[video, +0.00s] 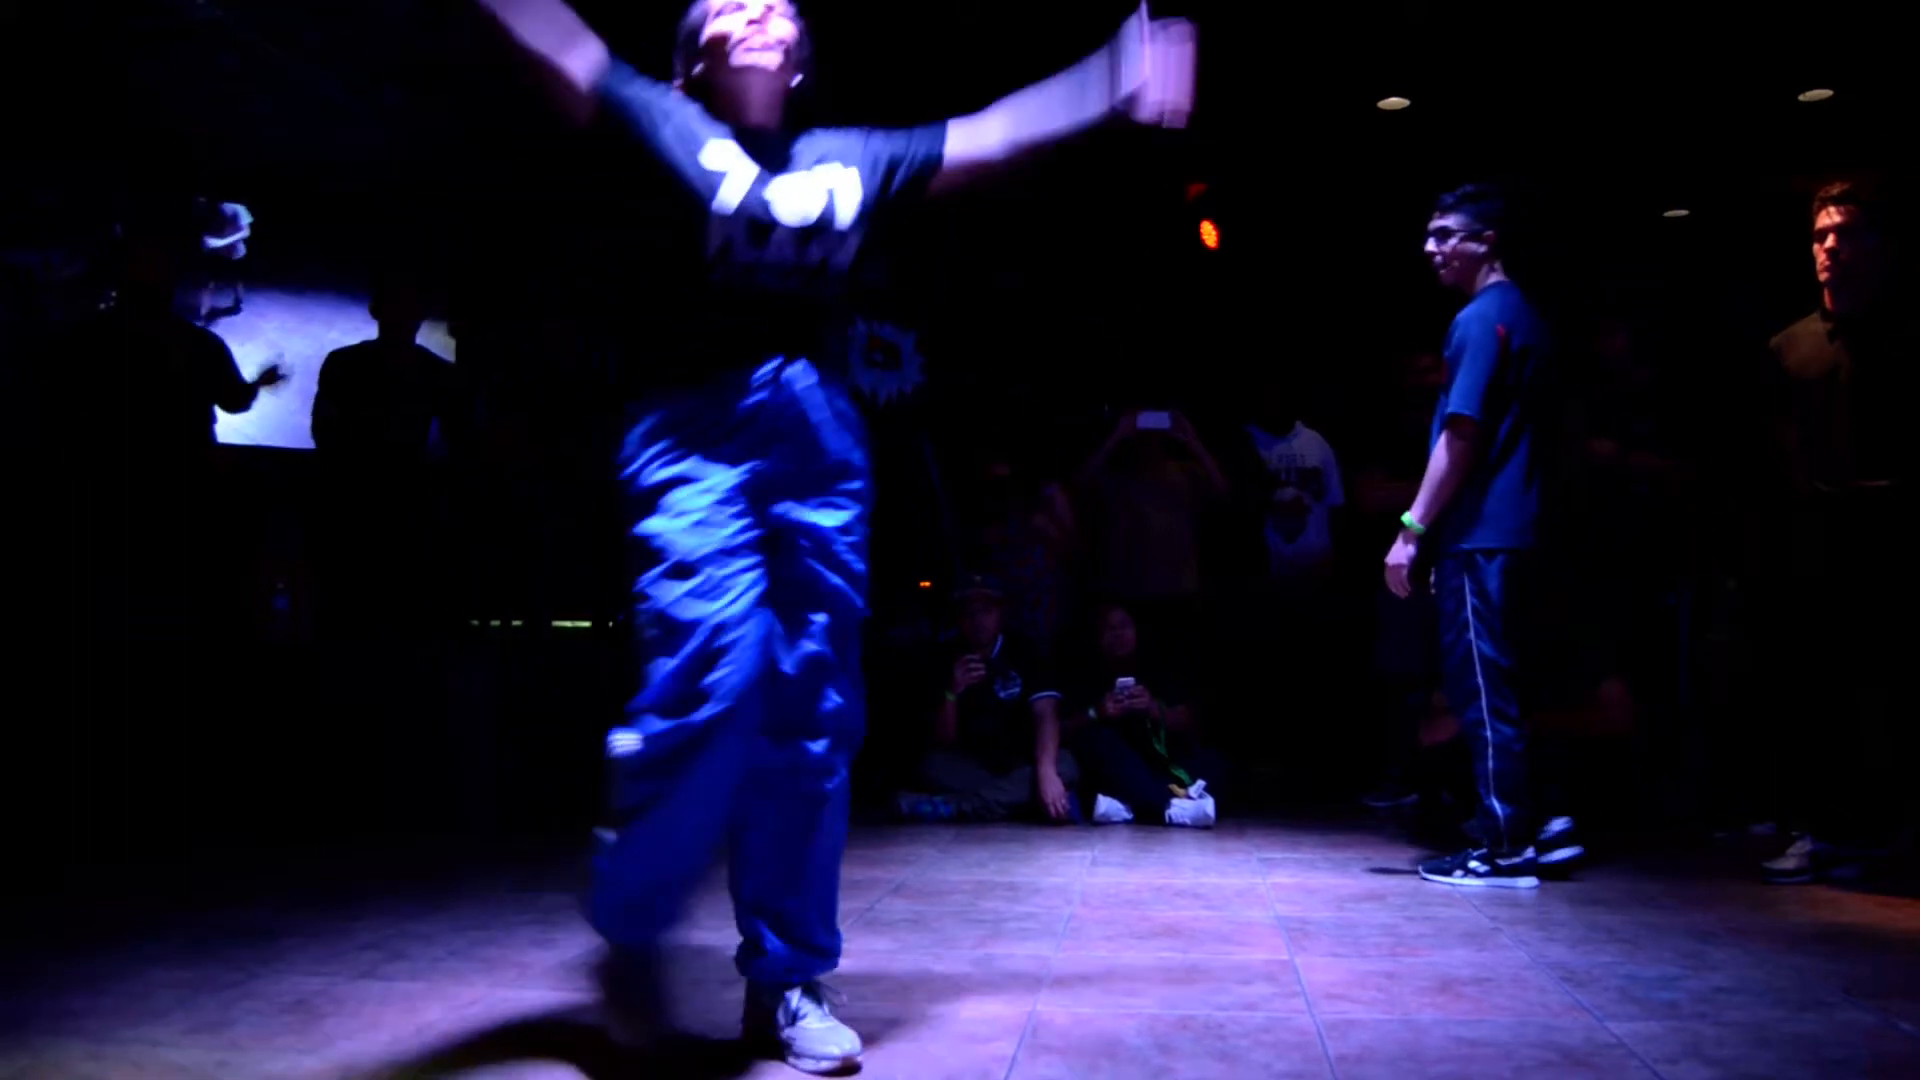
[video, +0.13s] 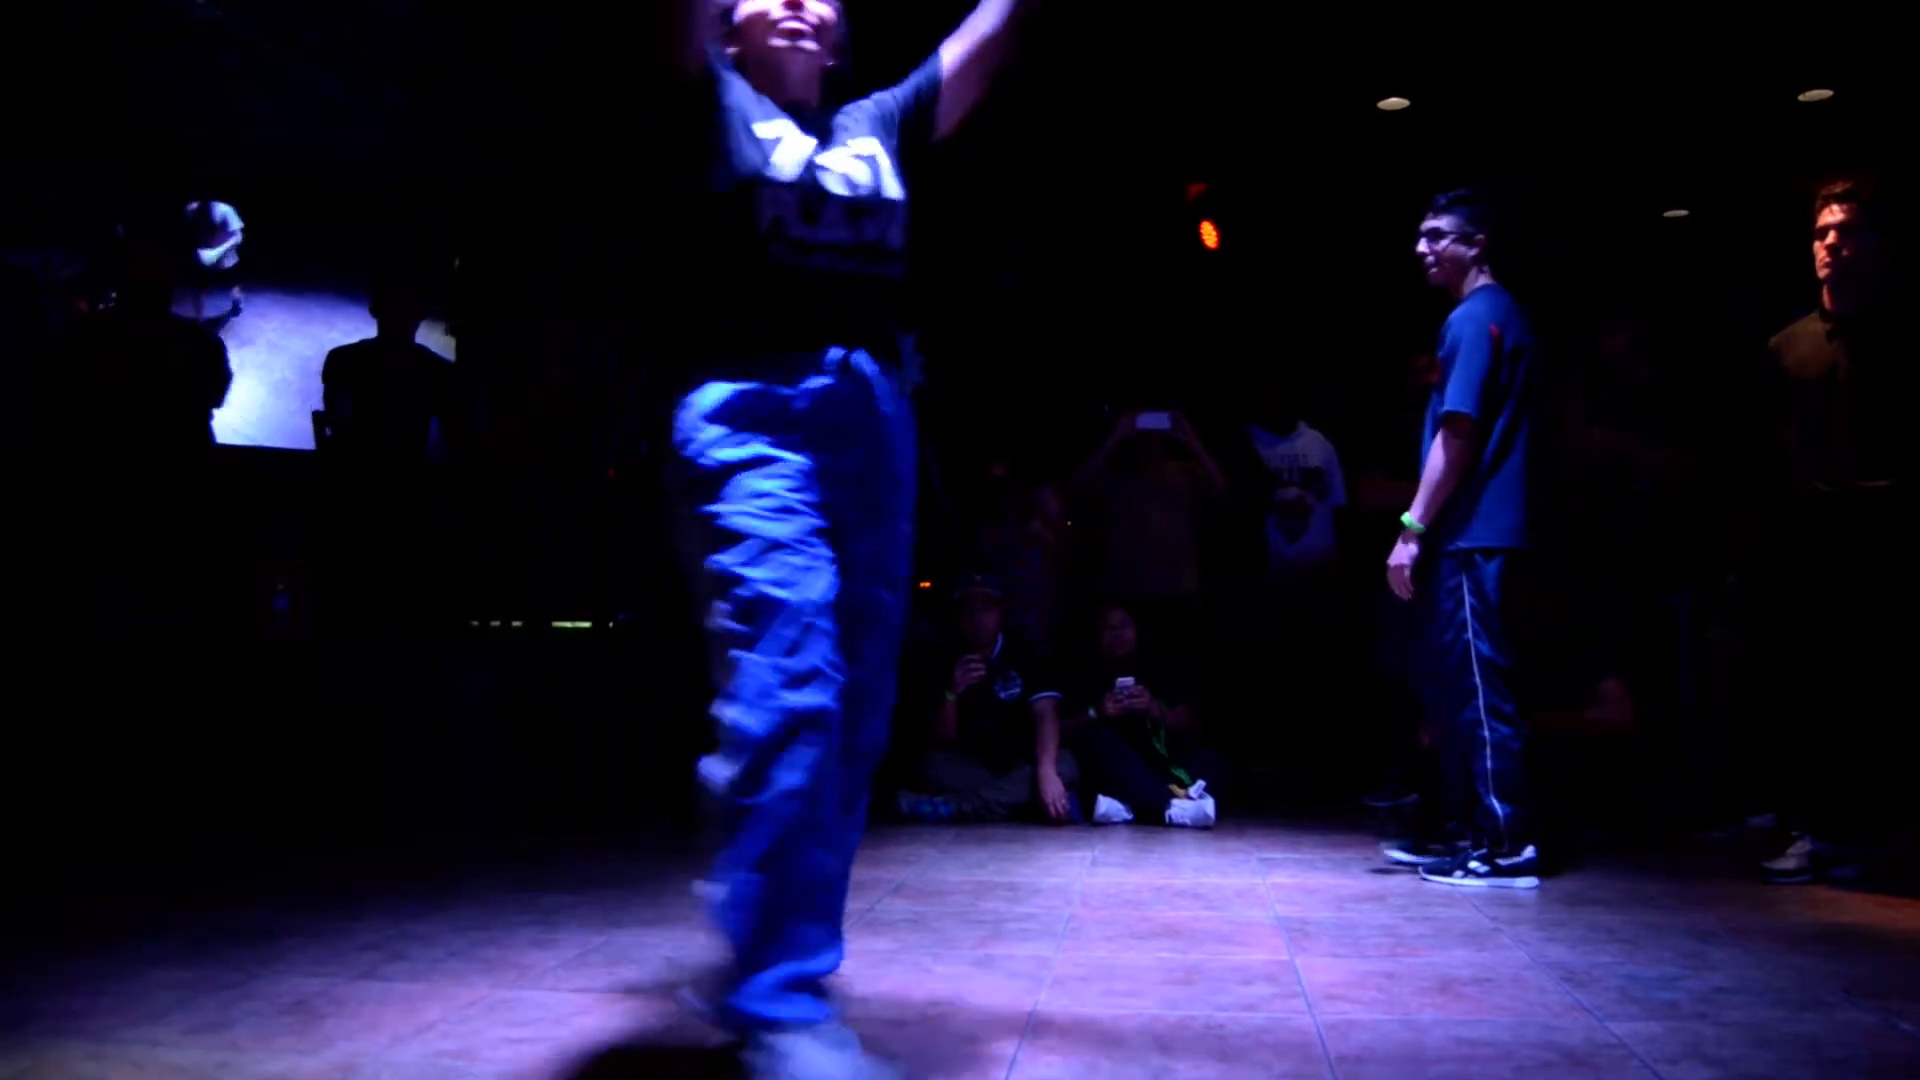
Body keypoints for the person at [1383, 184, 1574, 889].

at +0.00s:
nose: (1435, 249)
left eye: (1448, 236)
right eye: (1433, 237)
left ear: (1486, 243)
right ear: (1470, 248)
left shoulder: (1485, 317)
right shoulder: (1511, 311)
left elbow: (1461, 437)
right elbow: (1479, 436)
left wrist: (1411, 529)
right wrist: (1429, 529)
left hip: (1484, 530)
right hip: (1507, 525)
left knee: (1481, 685)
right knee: (1496, 680)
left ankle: (1501, 843)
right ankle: (1540, 820)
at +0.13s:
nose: (1424, 248)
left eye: (1438, 237)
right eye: (1423, 237)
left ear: (1475, 245)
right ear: (1456, 250)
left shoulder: (1477, 317)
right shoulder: (1490, 314)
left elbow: (1460, 436)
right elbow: (1466, 436)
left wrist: (1412, 528)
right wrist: (1423, 526)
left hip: (1472, 533)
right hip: (1475, 531)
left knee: (1475, 685)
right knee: (1460, 683)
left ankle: (1499, 842)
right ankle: (1471, 830)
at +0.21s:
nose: (1417, 252)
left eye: (1430, 241)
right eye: (1415, 241)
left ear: (1467, 248)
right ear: (1439, 253)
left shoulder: (1477, 320)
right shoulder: (1465, 318)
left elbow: (1460, 437)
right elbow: (1454, 436)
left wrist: (1416, 528)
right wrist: (1421, 528)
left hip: (1473, 535)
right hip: (1457, 533)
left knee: (1475, 687)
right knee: (1439, 682)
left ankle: (1505, 842)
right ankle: (1430, 825)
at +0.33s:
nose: (1406, 262)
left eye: (1418, 250)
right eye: (1404, 251)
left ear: (1456, 256)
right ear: (1429, 262)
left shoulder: (1474, 326)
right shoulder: (1452, 326)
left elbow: (1463, 440)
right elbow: (1450, 438)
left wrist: (1425, 532)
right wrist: (1424, 532)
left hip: (1471, 538)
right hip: (1447, 535)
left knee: (1474, 686)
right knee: (1432, 684)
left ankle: (1504, 842)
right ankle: (1425, 826)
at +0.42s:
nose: (1401, 263)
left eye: (1413, 251)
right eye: (1398, 252)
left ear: (1448, 259)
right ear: (1412, 263)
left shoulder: (1470, 327)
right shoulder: (1444, 329)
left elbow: (1466, 436)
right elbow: (1442, 436)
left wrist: (1435, 530)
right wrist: (1420, 528)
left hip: (1466, 537)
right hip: (1432, 532)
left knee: (1468, 685)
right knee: (1424, 683)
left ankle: (1504, 839)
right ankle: (1423, 825)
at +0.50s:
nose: (1395, 263)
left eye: (1409, 252)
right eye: (1394, 252)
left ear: (1443, 261)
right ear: (1405, 264)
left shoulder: (1467, 331)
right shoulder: (1434, 334)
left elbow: (1470, 437)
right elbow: (1433, 437)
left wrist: (1444, 532)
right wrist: (1411, 527)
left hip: (1455, 539)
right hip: (1414, 536)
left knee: (1459, 689)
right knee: (1417, 686)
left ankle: (1504, 841)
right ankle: (1422, 825)